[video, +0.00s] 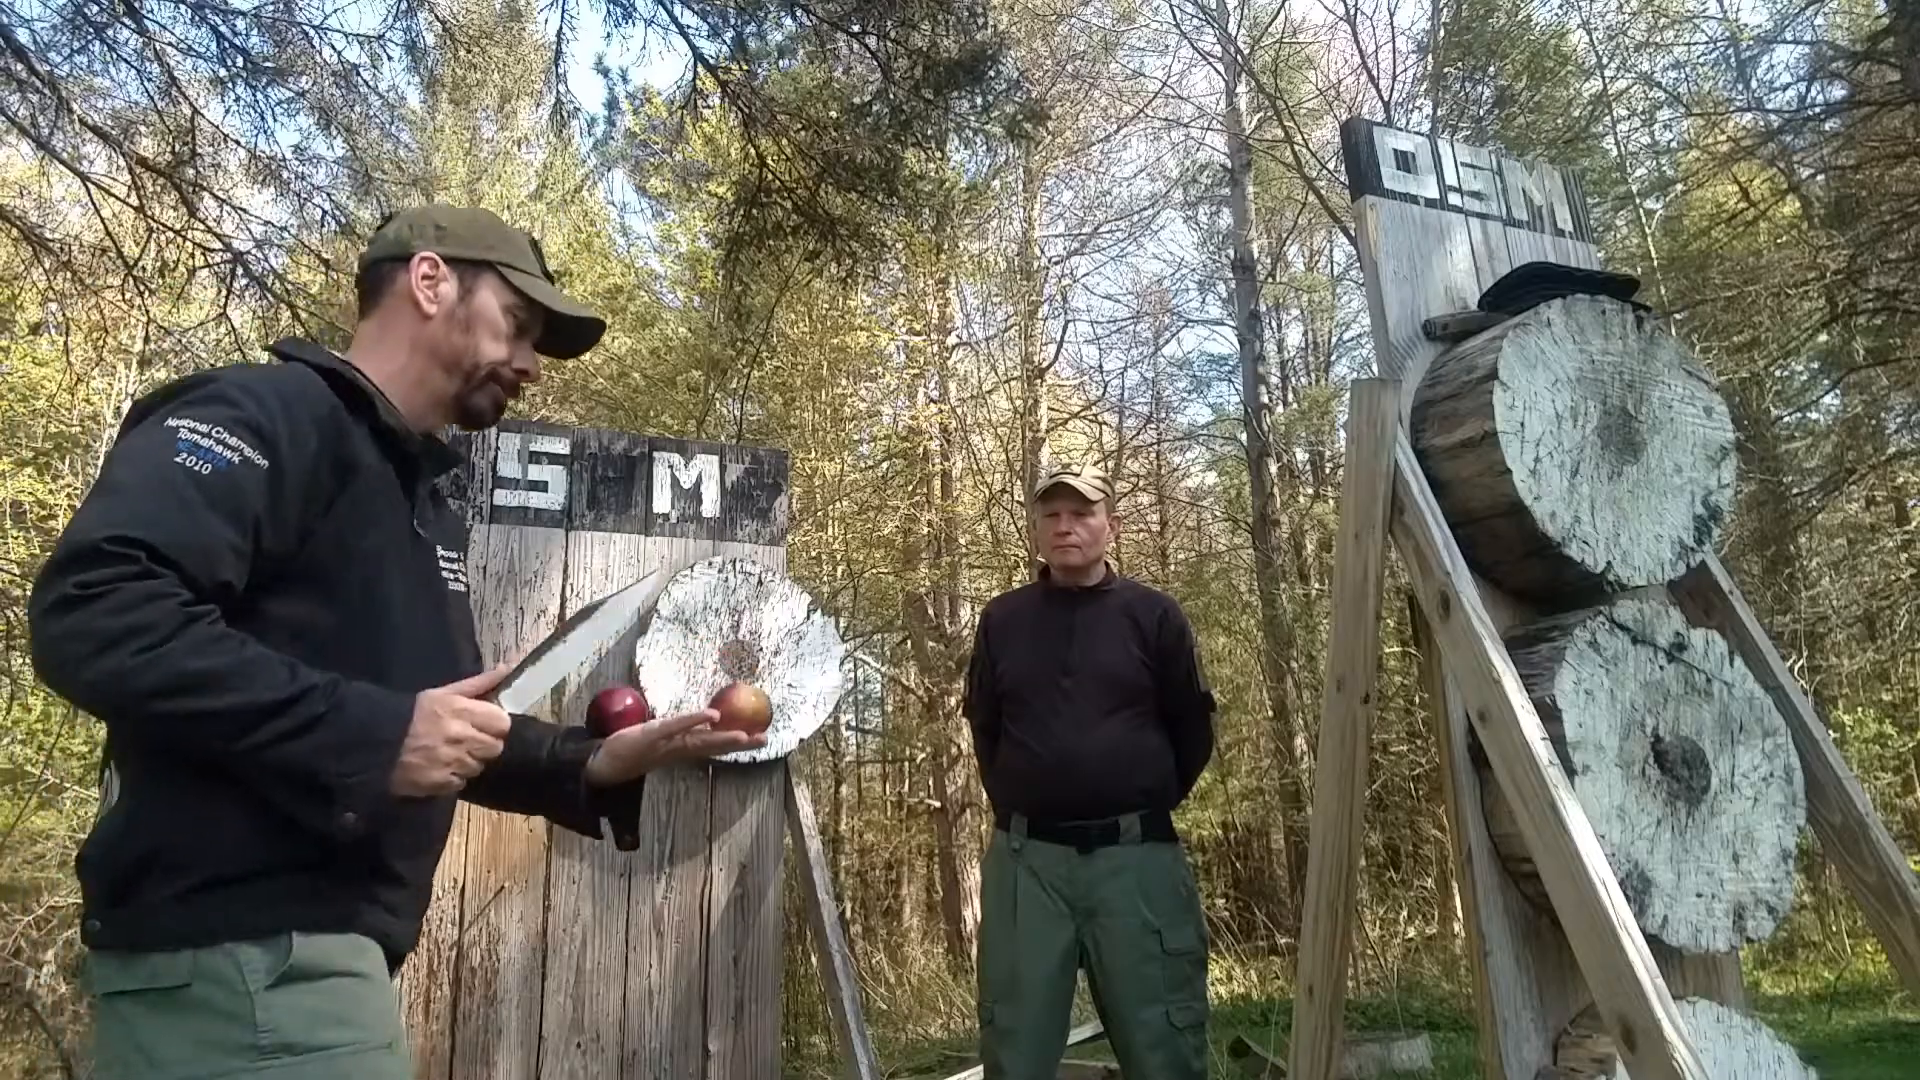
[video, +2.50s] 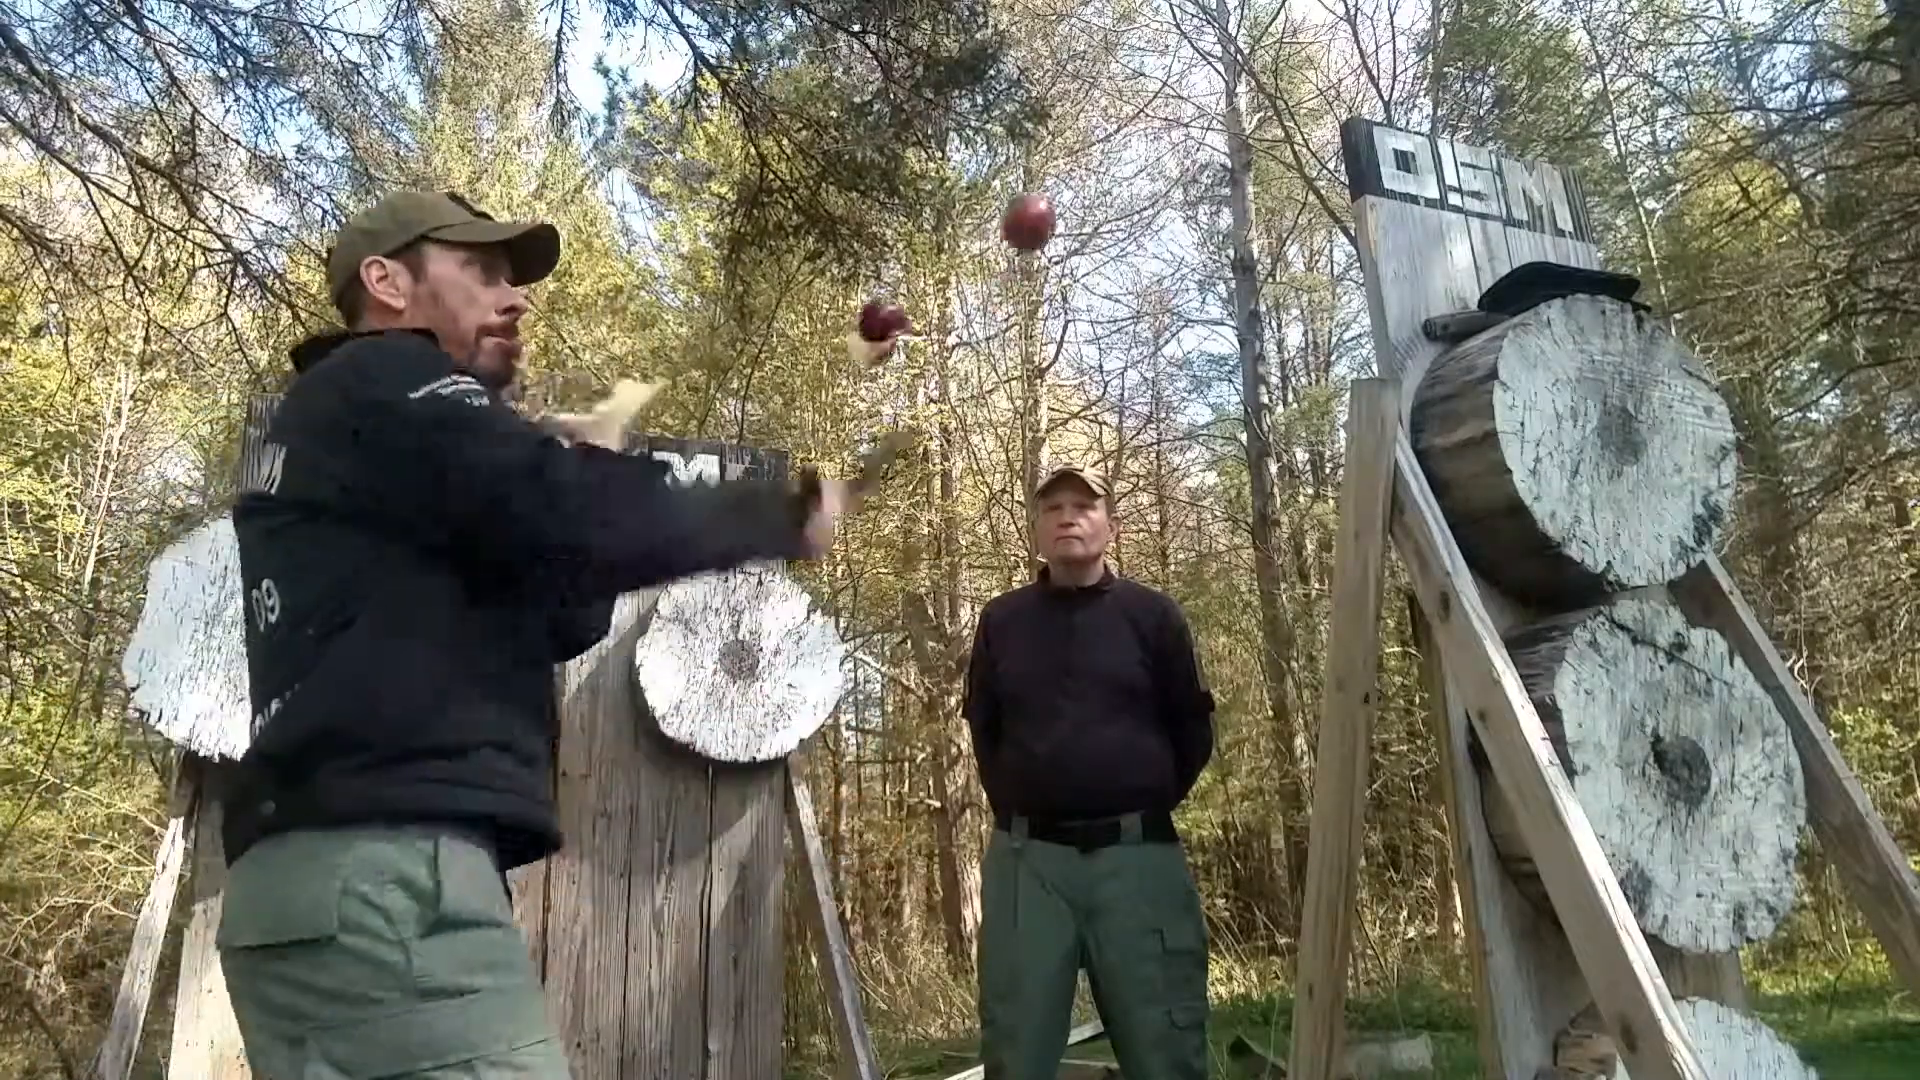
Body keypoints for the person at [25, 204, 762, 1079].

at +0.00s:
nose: (533, 364)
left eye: (541, 344)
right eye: (521, 324)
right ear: (431, 283)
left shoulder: (416, 496)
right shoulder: (264, 412)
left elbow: (428, 725)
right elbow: (92, 612)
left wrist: (600, 760)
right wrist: (371, 730)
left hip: (307, 955)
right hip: (243, 963)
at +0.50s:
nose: (559, 353)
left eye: (564, 334)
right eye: (536, 319)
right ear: (437, 309)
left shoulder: (491, 533)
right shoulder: (277, 439)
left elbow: (499, 727)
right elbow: (113, 625)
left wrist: (641, 796)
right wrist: (337, 739)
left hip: (358, 953)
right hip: (255, 943)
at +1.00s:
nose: (584, 317)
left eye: (588, 294)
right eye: (551, 281)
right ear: (452, 285)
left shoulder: (522, 514)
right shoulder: (331, 410)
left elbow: (524, 734)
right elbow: (179, 611)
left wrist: (708, 779)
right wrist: (442, 735)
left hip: (400, 942)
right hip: (307, 938)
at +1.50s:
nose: (558, 370)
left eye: (563, 347)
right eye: (536, 334)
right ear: (436, 321)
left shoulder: (480, 546)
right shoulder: (283, 447)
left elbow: (491, 752)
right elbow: (111, 633)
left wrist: (650, 808)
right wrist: (374, 747)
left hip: (346, 960)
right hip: (265, 961)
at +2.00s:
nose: (570, 453)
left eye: (573, 427)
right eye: (544, 416)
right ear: (444, 408)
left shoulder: (490, 643)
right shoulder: (286, 546)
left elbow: (487, 856)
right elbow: (126, 771)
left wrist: (648, 939)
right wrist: (393, 891)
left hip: (375, 1042)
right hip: (234, 1043)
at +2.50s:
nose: (513, 296)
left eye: (510, 275)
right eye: (480, 269)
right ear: (388, 285)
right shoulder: (385, 388)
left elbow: (559, 623)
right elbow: (570, 506)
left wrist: (585, 474)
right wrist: (781, 512)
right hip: (387, 887)